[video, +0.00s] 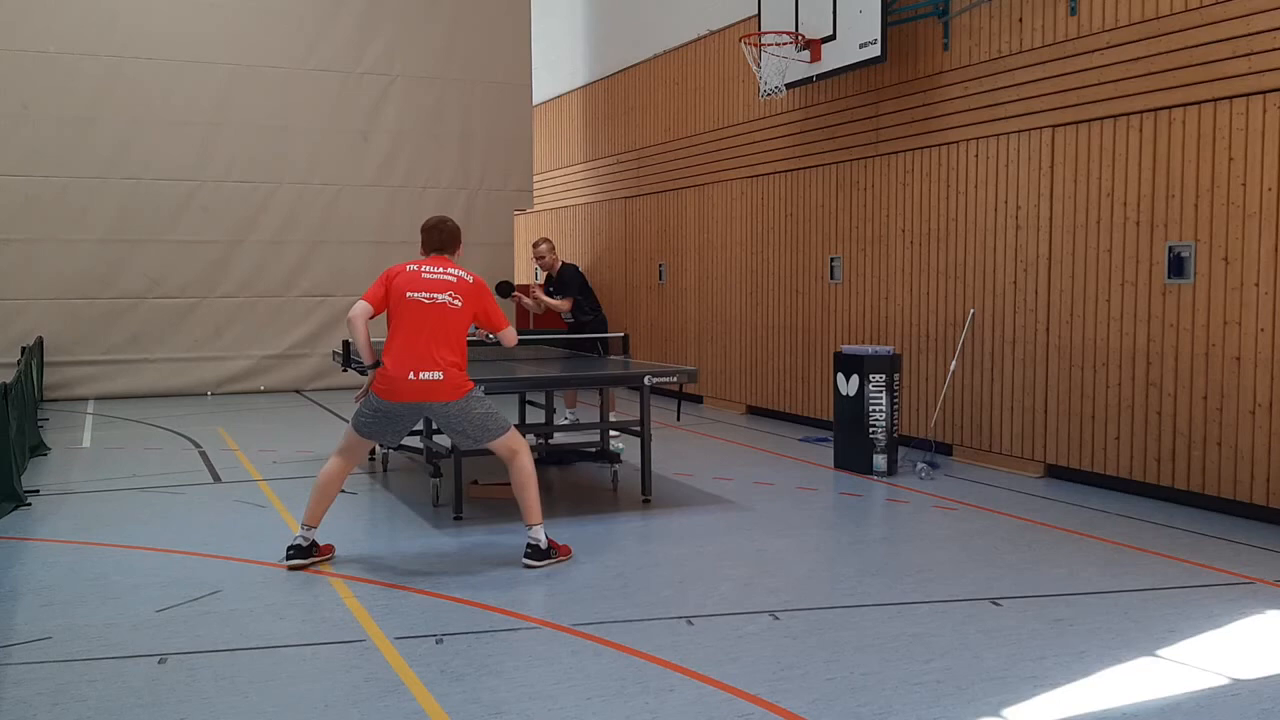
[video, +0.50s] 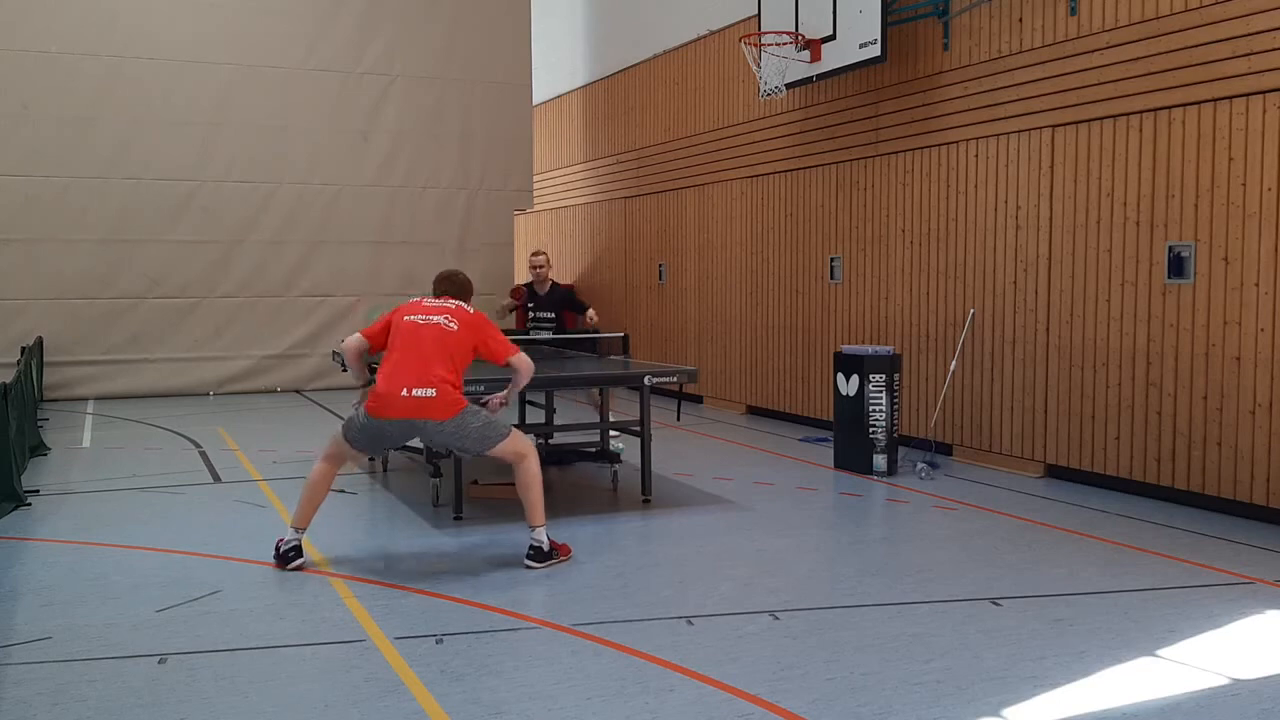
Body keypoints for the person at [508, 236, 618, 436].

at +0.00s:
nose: (538, 263)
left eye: (541, 258)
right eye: (535, 259)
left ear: (553, 255)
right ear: (535, 258)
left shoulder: (570, 272)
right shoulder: (549, 278)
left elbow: (566, 306)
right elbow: (540, 308)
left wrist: (542, 297)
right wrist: (522, 299)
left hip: (594, 328)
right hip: (574, 329)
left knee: (603, 376)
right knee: (568, 373)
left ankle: (611, 423)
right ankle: (571, 417)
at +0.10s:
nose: (538, 263)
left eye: (541, 258)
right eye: (535, 259)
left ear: (553, 255)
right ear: (535, 258)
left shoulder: (570, 272)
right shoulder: (549, 278)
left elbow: (566, 306)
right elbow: (540, 308)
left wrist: (542, 297)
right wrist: (522, 299)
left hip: (593, 328)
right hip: (574, 329)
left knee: (603, 376)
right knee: (568, 373)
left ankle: (611, 423)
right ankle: (571, 417)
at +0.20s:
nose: (541, 259)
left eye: (545, 254)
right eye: (538, 255)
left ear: (556, 252)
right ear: (536, 255)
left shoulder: (573, 272)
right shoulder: (544, 276)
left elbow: (585, 304)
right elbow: (533, 302)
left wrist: (556, 302)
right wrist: (523, 294)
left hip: (587, 329)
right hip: (565, 330)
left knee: (600, 376)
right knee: (561, 371)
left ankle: (609, 423)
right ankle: (566, 409)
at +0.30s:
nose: (543, 255)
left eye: (547, 251)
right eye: (540, 252)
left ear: (557, 252)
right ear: (537, 254)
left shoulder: (574, 274)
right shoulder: (539, 277)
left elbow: (595, 298)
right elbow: (524, 305)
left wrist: (573, 318)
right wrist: (517, 288)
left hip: (580, 339)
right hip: (553, 339)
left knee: (597, 380)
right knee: (548, 382)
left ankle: (608, 423)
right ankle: (547, 426)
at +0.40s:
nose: (541, 261)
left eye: (546, 257)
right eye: (538, 258)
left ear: (555, 259)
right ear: (534, 260)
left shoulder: (570, 283)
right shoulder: (530, 284)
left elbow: (596, 302)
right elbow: (519, 309)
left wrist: (589, 322)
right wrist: (516, 298)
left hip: (570, 346)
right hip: (543, 347)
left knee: (601, 378)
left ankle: (608, 421)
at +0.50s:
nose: (537, 271)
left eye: (541, 267)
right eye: (533, 267)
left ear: (549, 268)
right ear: (529, 269)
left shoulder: (562, 292)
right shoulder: (523, 292)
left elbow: (586, 309)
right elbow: (500, 315)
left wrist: (590, 316)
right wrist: (508, 305)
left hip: (561, 351)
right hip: (531, 351)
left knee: (589, 382)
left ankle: (607, 424)